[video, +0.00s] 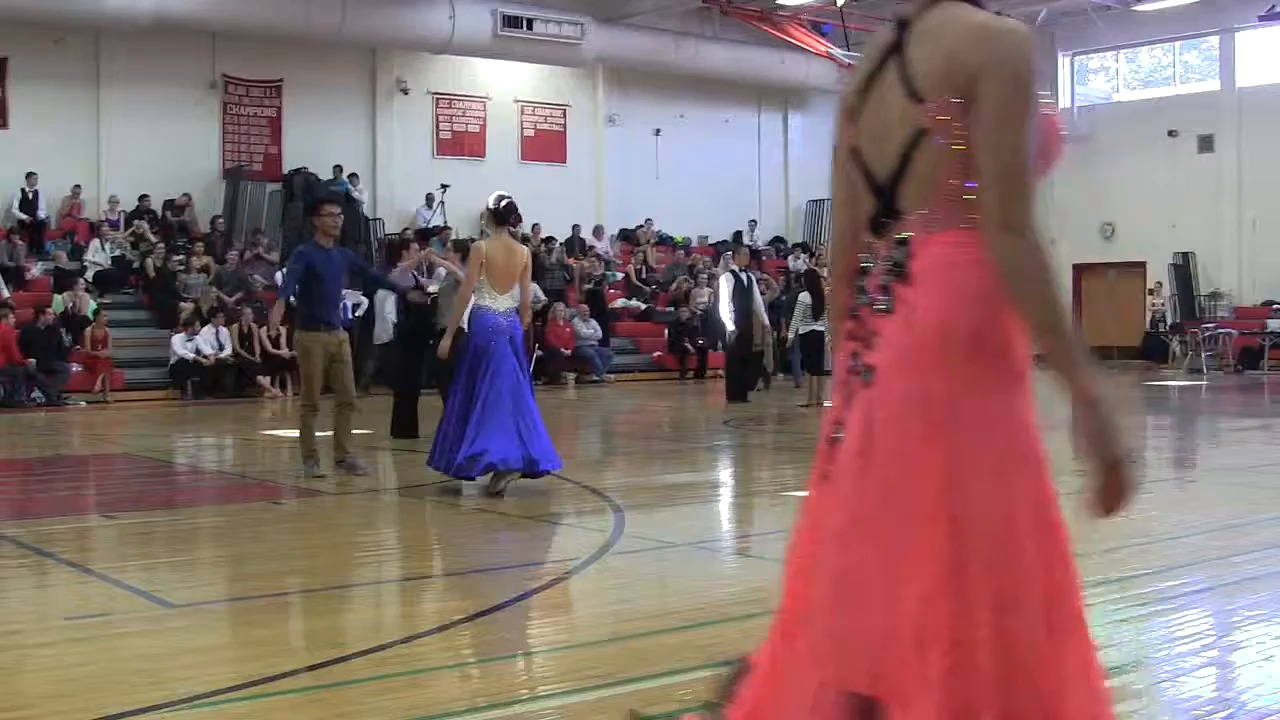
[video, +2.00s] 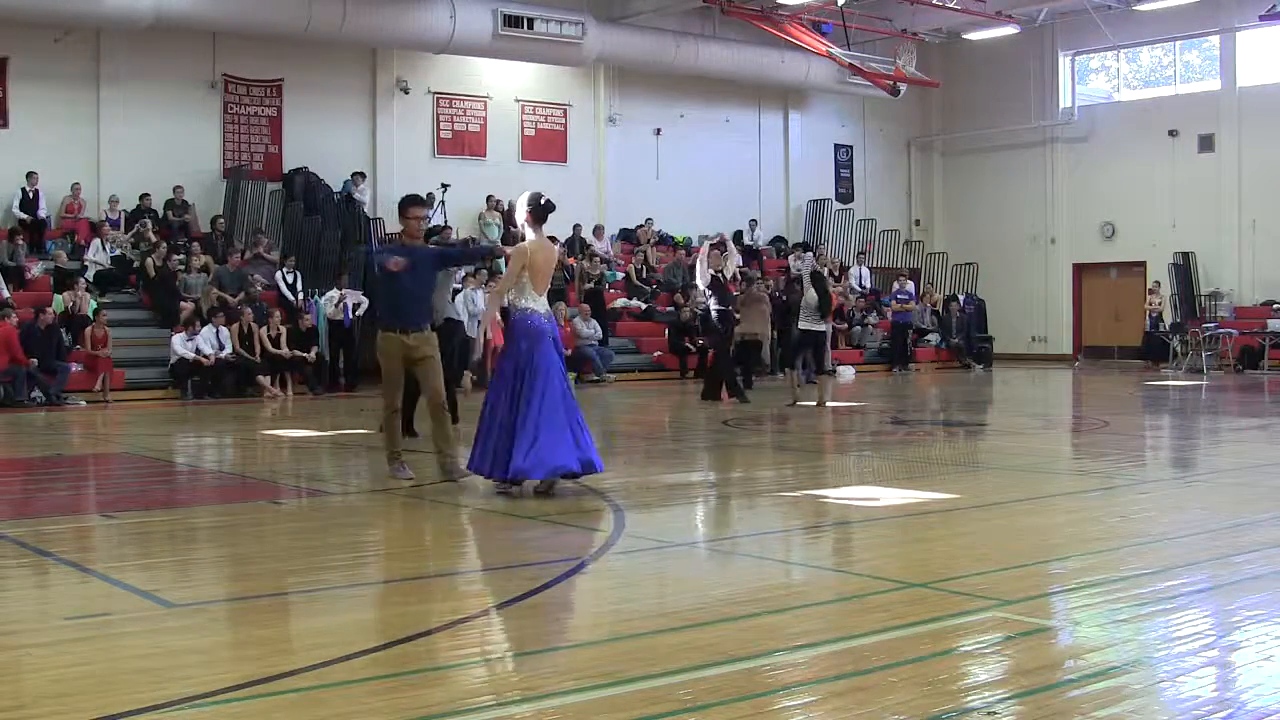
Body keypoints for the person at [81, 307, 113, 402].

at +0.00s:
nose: (105, 319)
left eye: (105, 316)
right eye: (103, 316)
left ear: (105, 318)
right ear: (96, 317)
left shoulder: (107, 331)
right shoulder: (89, 331)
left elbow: (109, 349)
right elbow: (87, 349)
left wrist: (103, 352)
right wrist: (99, 353)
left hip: (103, 356)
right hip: (92, 357)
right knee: (105, 367)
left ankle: (98, 382)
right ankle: (106, 393)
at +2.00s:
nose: (105, 318)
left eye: (106, 315)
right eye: (103, 315)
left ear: (106, 317)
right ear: (96, 317)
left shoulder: (107, 331)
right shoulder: (88, 330)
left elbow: (109, 349)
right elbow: (88, 350)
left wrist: (104, 352)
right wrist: (99, 353)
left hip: (103, 355)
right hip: (92, 356)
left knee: (103, 359)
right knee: (107, 364)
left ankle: (98, 382)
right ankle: (106, 394)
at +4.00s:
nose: (106, 317)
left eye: (106, 314)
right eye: (104, 315)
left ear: (105, 316)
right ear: (97, 316)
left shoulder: (107, 330)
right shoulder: (89, 330)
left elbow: (109, 349)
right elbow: (89, 350)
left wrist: (103, 352)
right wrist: (100, 353)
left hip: (103, 355)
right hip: (92, 356)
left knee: (104, 360)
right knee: (106, 365)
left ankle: (99, 382)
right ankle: (107, 393)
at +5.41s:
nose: (106, 316)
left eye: (106, 314)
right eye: (103, 314)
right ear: (96, 316)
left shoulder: (108, 330)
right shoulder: (89, 330)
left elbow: (109, 349)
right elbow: (89, 350)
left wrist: (104, 351)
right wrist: (100, 353)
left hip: (103, 355)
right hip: (92, 356)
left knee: (104, 360)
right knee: (105, 365)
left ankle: (98, 383)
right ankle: (106, 393)